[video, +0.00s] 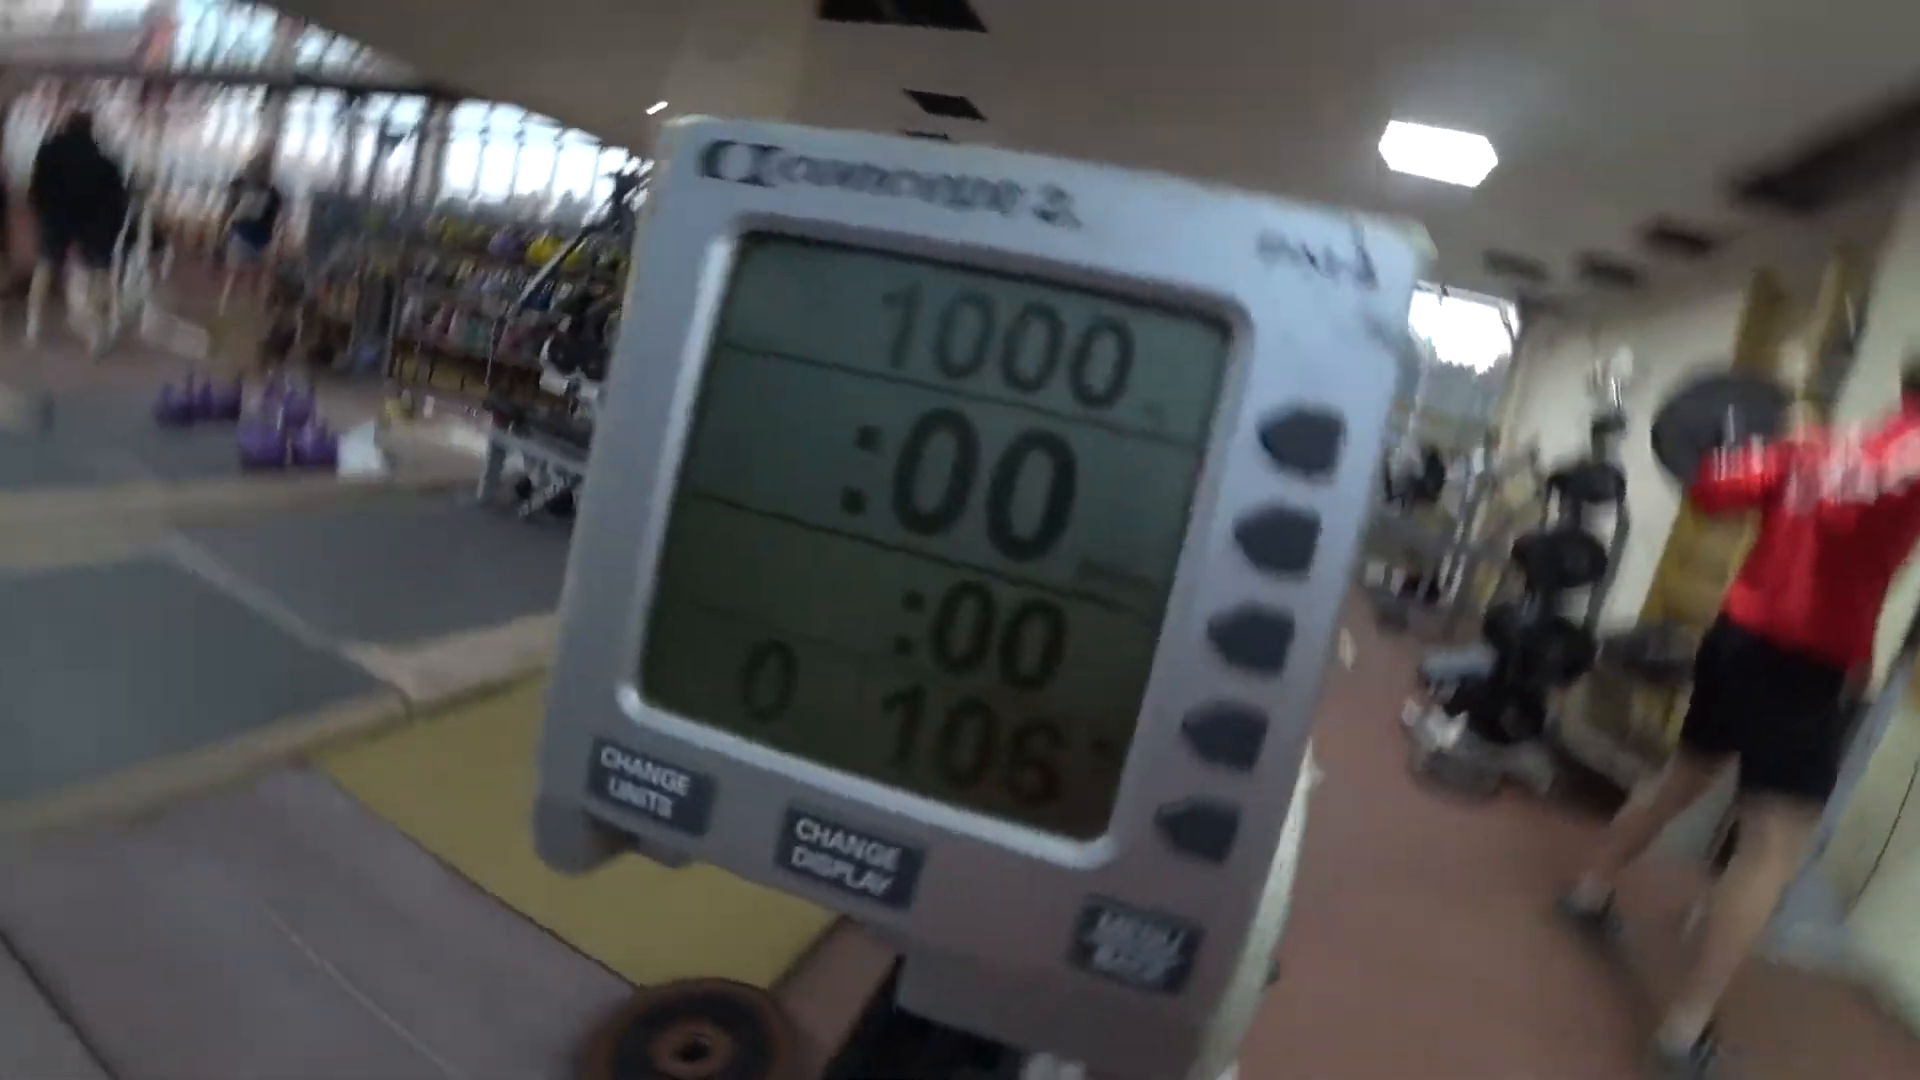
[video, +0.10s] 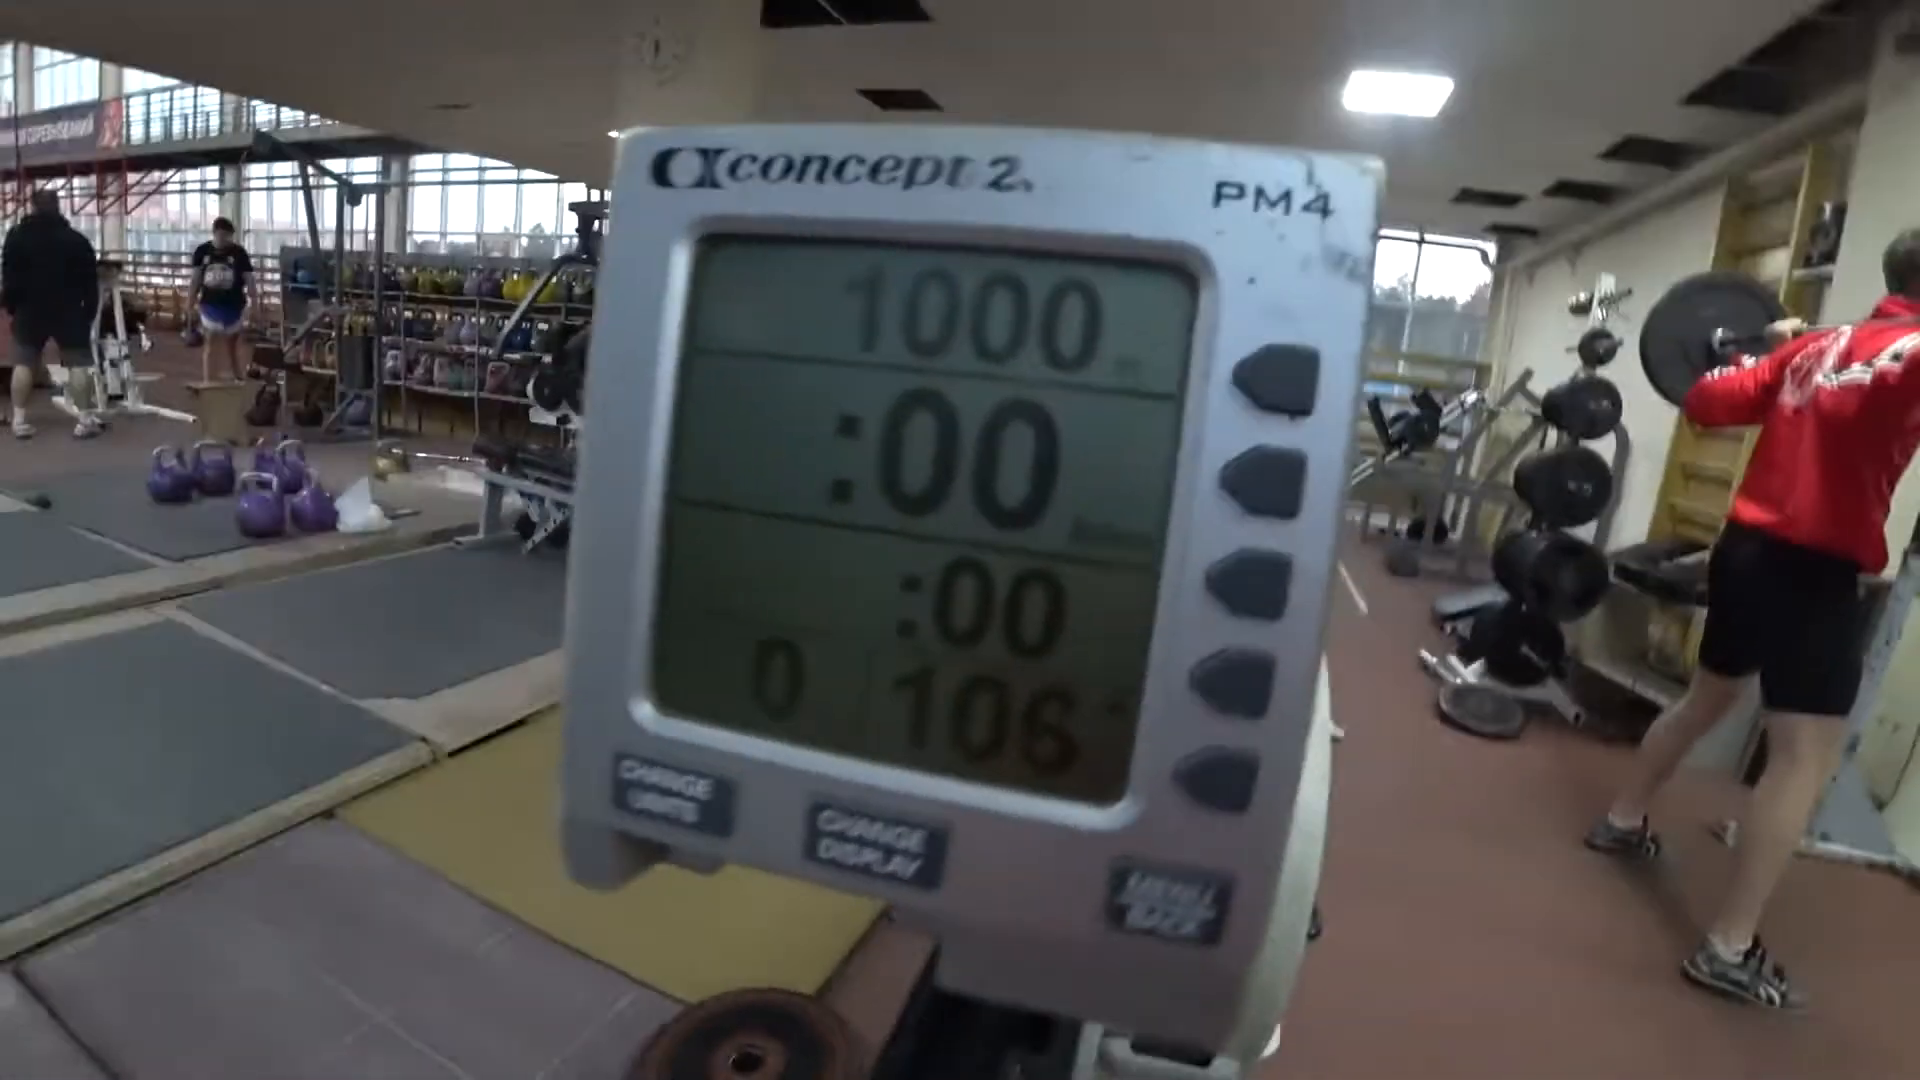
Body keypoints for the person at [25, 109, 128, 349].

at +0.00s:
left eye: (75, 126)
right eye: (82, 127)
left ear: (64, 128)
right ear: (91, 131)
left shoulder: (49, 153)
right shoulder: (103, 162)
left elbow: (36, 190)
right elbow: (115, 199)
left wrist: (41, 210)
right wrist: (110, 226)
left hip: (56, 220)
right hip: (93, 223)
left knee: (45, 269)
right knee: (98, 274)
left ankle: (33, 327)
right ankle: (99, 329)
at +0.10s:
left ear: (33, 208)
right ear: (58, 208)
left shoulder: (17, 236)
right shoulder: (77, 240)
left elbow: (10, 277)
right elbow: (90, 284)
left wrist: (11, 307)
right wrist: (88, 315)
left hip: (31, 310)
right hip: (68, 310)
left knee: (24, 362)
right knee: (77, 364)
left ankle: (19, 420)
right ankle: (85, 419)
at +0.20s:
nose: (8, 276)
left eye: (8, 271)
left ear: (10, 274)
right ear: (35, 272)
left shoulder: (3, 300)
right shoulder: (56, 303)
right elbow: (74, 345)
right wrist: (73, 378)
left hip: (13, 377)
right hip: (54, 374)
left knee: (12, 430)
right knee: (69, 427)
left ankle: (15, 487)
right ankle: (79, 480)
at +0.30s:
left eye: (4, 298)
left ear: (1, 300)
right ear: (24, 297)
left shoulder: (3, 329)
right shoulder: (47, 328)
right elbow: (66, 372)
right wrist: (67, 403)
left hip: (10, 405)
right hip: (47, 401)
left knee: (9, 455)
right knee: (65, 449)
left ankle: (14, 512)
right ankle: (79, 503)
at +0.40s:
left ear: (0, 301)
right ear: (22, 298)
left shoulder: (3, 329)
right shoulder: (45, 327)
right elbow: (64, 369)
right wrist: (67, 398)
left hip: (9, 404)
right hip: (47, 400)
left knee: (9, 455)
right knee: (63, 450)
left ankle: (14, 512)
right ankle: (78, 504)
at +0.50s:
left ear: (1, 297)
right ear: (23, 294)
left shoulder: (3, 325)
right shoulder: (45, 323)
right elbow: (65, 365)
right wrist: (69, 395)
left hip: (10, 400)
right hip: (48, 395)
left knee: (11, 451)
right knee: (65, 445)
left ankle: (16, 508)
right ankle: (81, 500)